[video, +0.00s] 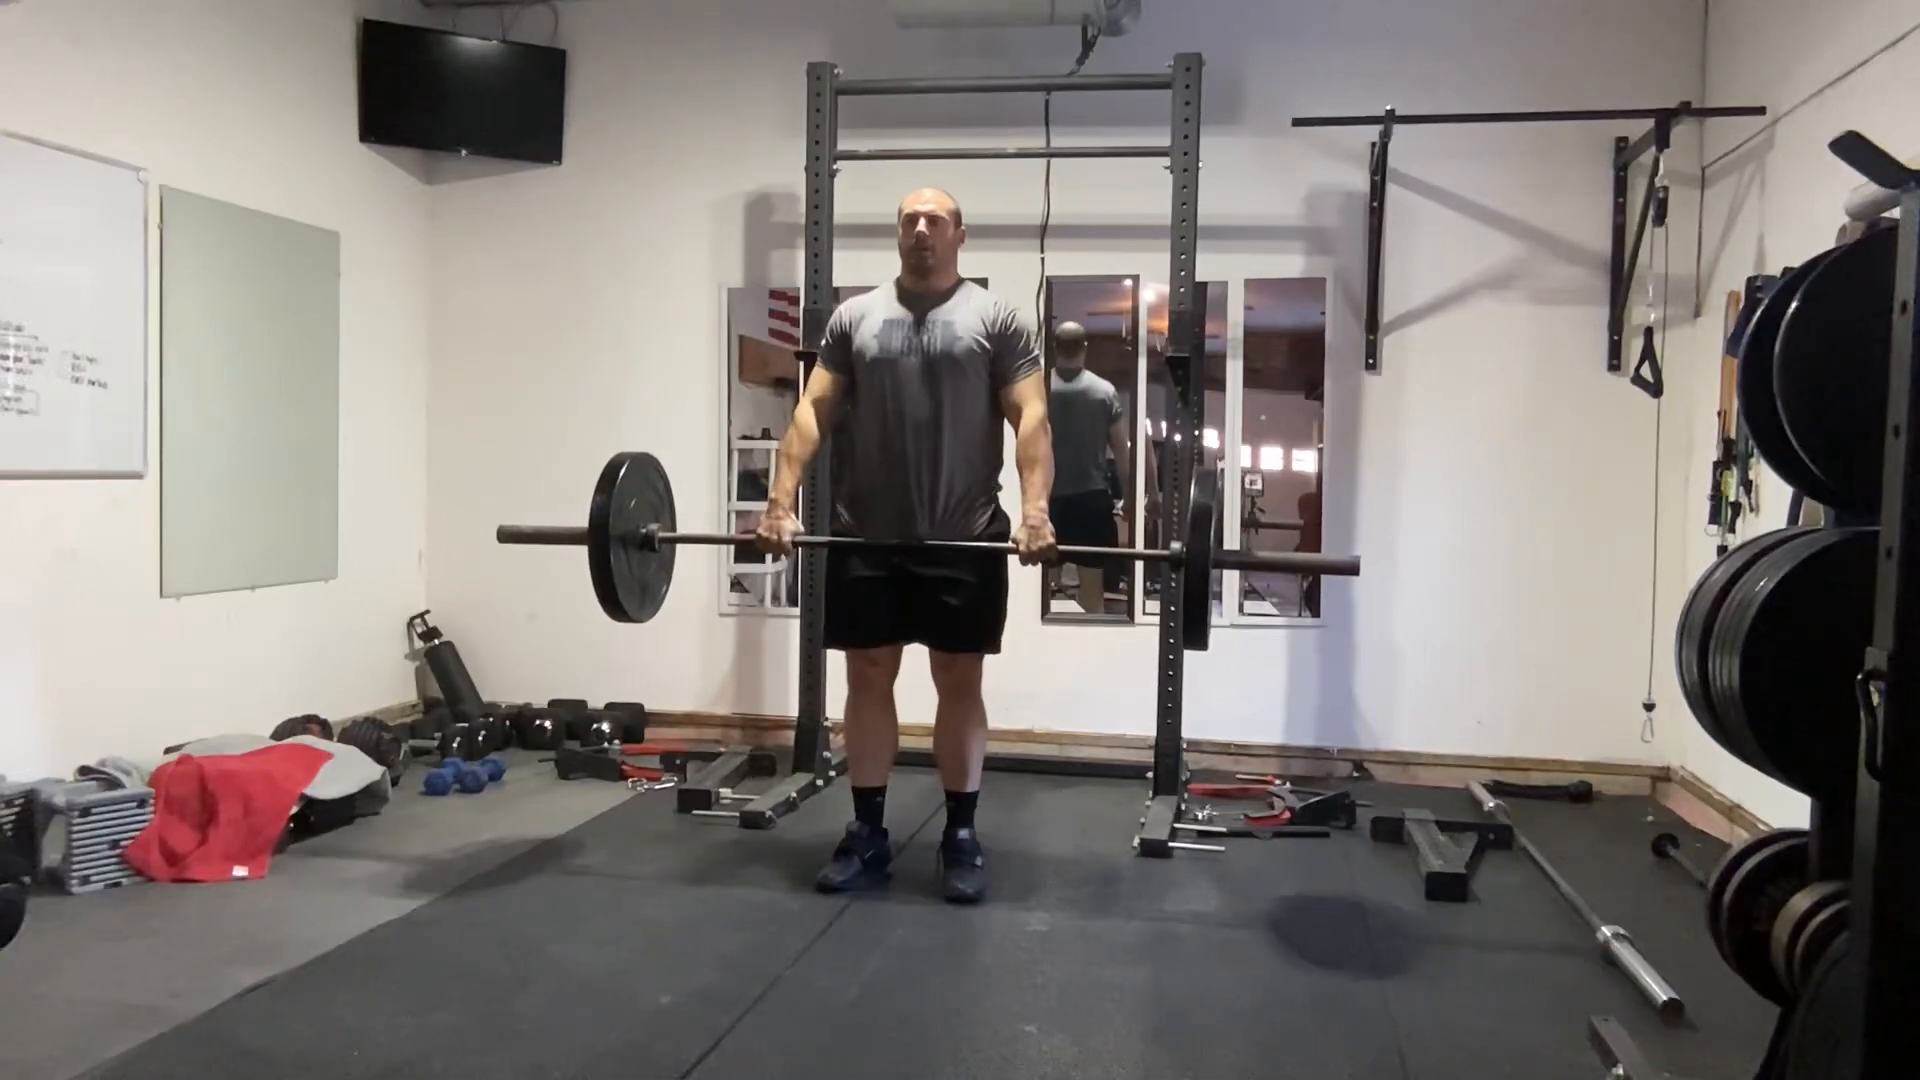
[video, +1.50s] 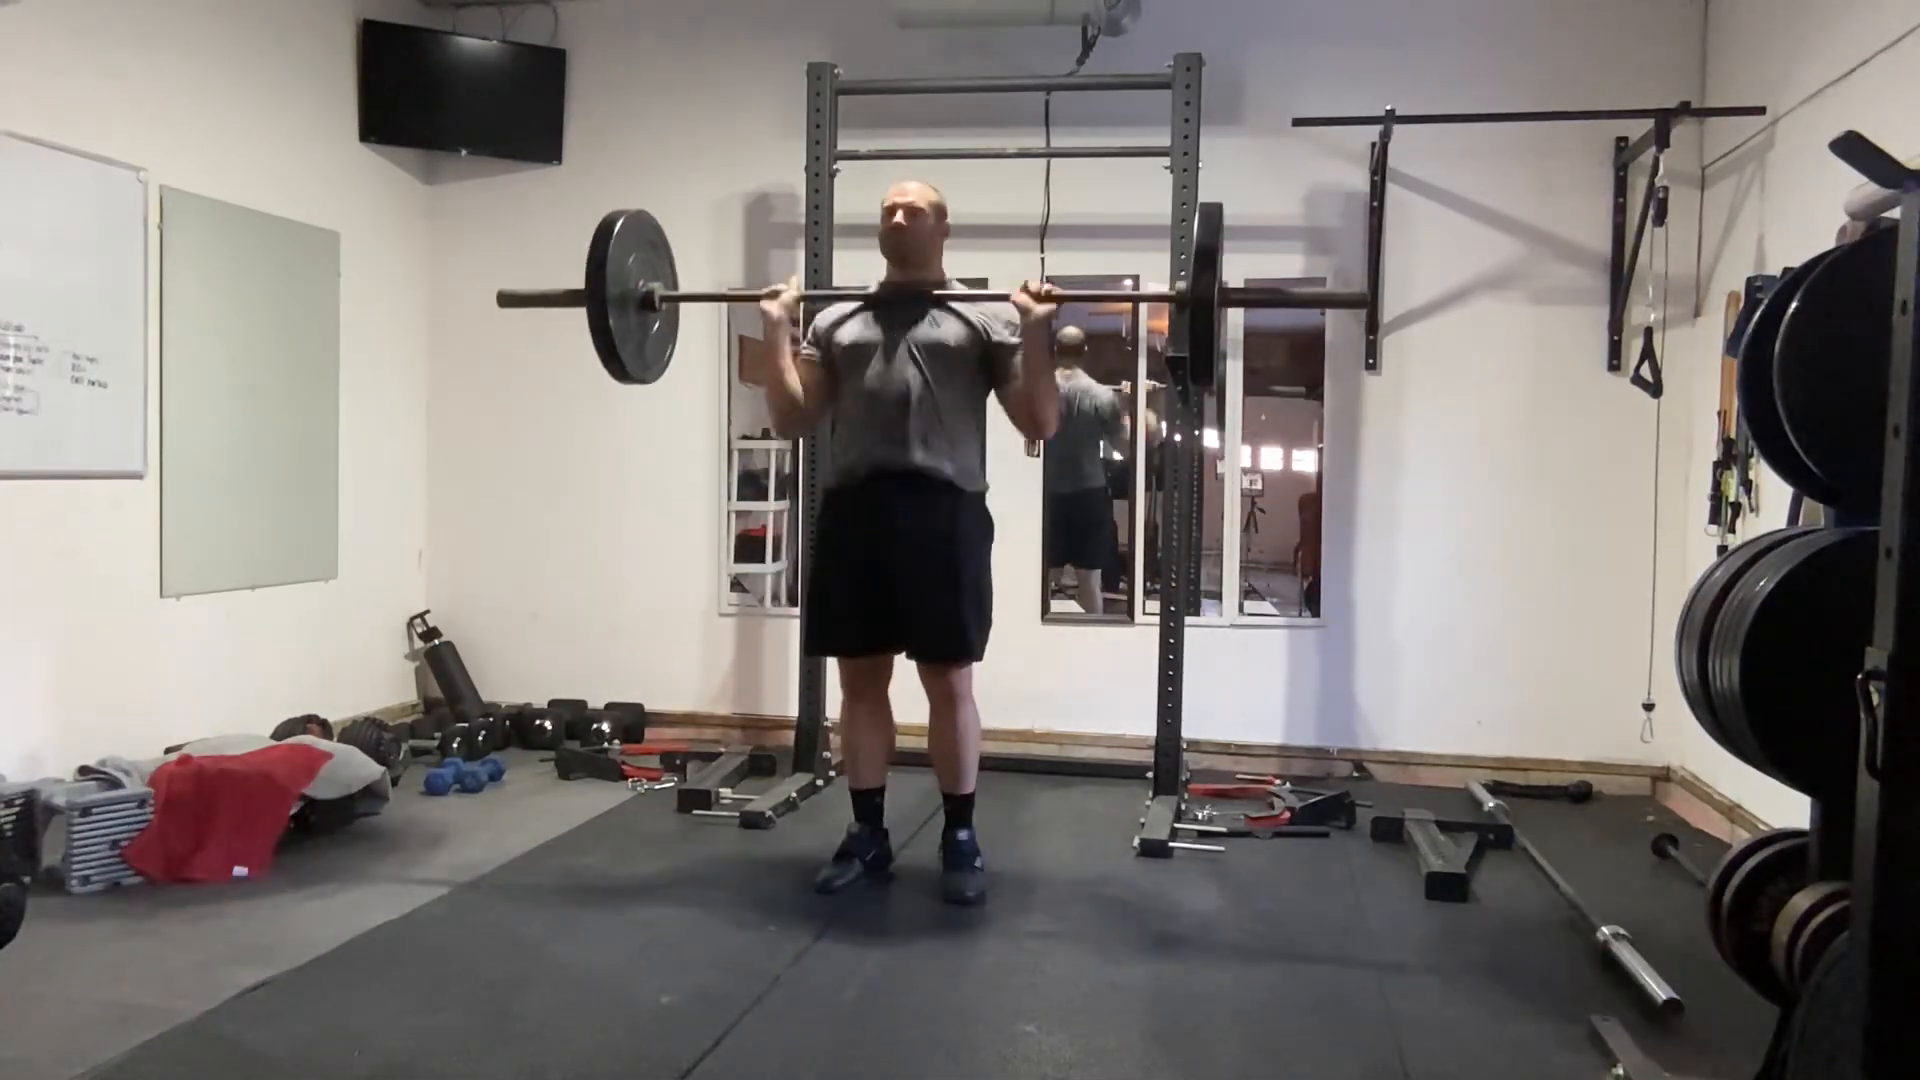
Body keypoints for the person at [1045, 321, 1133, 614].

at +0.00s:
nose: (1070, 351)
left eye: (1066, 346)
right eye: (1073, 345)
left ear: (1055, 348)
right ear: (1085, 348)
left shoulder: (1037, 389)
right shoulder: (1103, 390)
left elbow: (1029, 446)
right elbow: (1121, 450)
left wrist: (1031, 498)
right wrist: (1129, 498)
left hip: (1048, 497)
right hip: (1091, 498)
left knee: (1041, 581)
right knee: (1091, 584)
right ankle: (1093, 648)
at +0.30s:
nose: (1070, 352)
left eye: (1065, 346)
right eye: (1076, 346)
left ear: (1057, 347)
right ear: (1086, 347)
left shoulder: (1041, 387)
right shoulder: (1105, 389)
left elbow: (1033, 444)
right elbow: (1121, 448)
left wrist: (1032, 495)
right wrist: (1127, 497)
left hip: (1051, 493)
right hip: (1093, 495)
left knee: (1044, 572)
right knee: (1091, 574)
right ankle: (1093, 638)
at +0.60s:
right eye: (1088, 378)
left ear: (1060, 379)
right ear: (1088, 379)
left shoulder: (1042, 410)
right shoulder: (1106, 415)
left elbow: (1031, 460)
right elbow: (1120, 476)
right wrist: (1126, 529)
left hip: (1050, 498)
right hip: (1091, 499)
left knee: (1038, 568)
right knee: (1100, 572)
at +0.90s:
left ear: (1060, 396)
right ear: (1088, 396)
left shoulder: (1043, 425)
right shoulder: (1104, 430)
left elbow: (1030, 471)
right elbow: (1121, 489)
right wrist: (1126, 543)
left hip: (1049, 500)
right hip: (1091, 501)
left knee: (1034, 566)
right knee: (1102, 571)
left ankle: (1032, 636)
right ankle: (1097, 640)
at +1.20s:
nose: (1068, 347)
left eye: (1063, 341)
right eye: (1072, 340)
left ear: (1053, 341)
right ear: (1083, 341)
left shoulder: (1044, 378)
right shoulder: (1102, 375)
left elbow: (1030, 426)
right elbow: (1129, 421)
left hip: (1050, 483)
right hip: (1090, 481)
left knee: (1044, 569)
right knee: (1091, 568)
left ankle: (1034, 639)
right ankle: (1098, 636)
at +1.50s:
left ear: (1054, 350)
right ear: (1084, 351)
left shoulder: (1039, 390)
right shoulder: (1099, 394)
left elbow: (1031, 442)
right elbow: (1122, 444)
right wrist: (1128, 401)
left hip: (1046, 493)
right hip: (1088, 492)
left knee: (1043, 575)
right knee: (1089, 577)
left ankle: (1036, 642)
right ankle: (1097, 641)